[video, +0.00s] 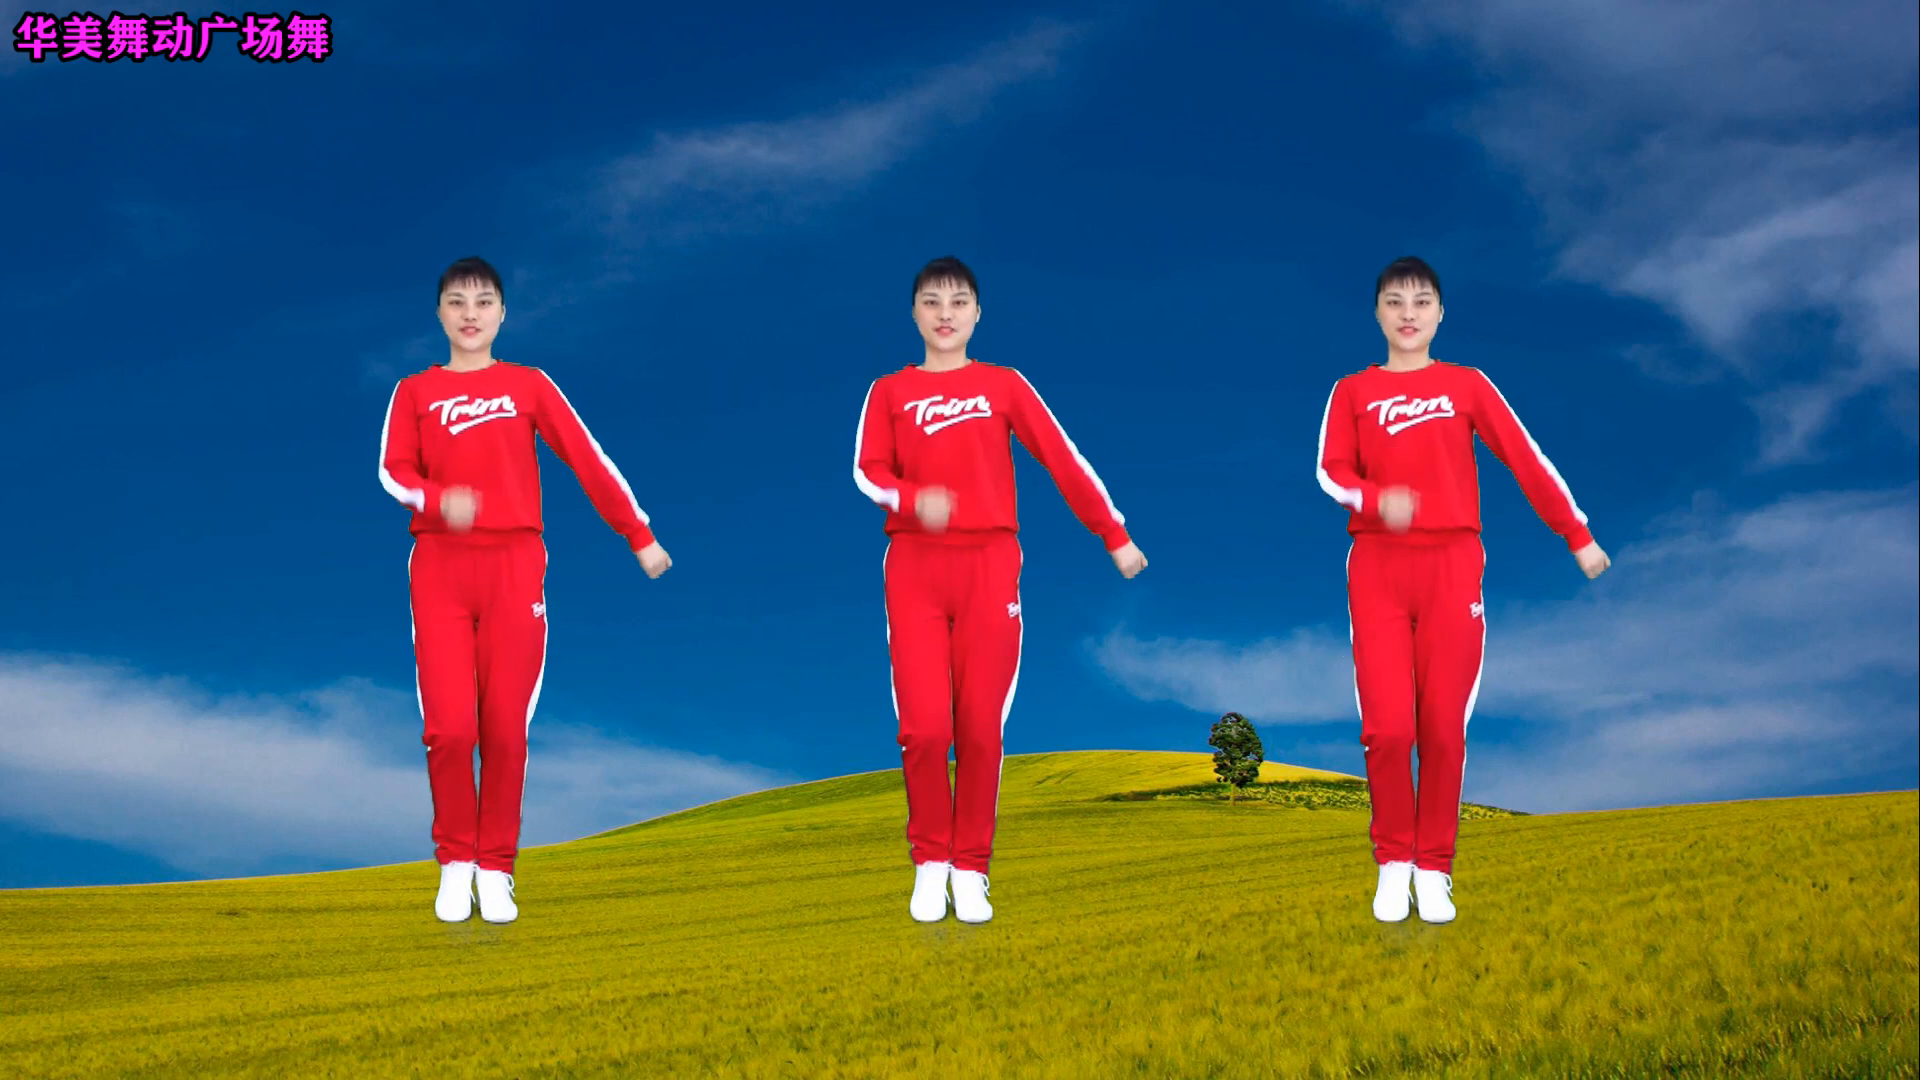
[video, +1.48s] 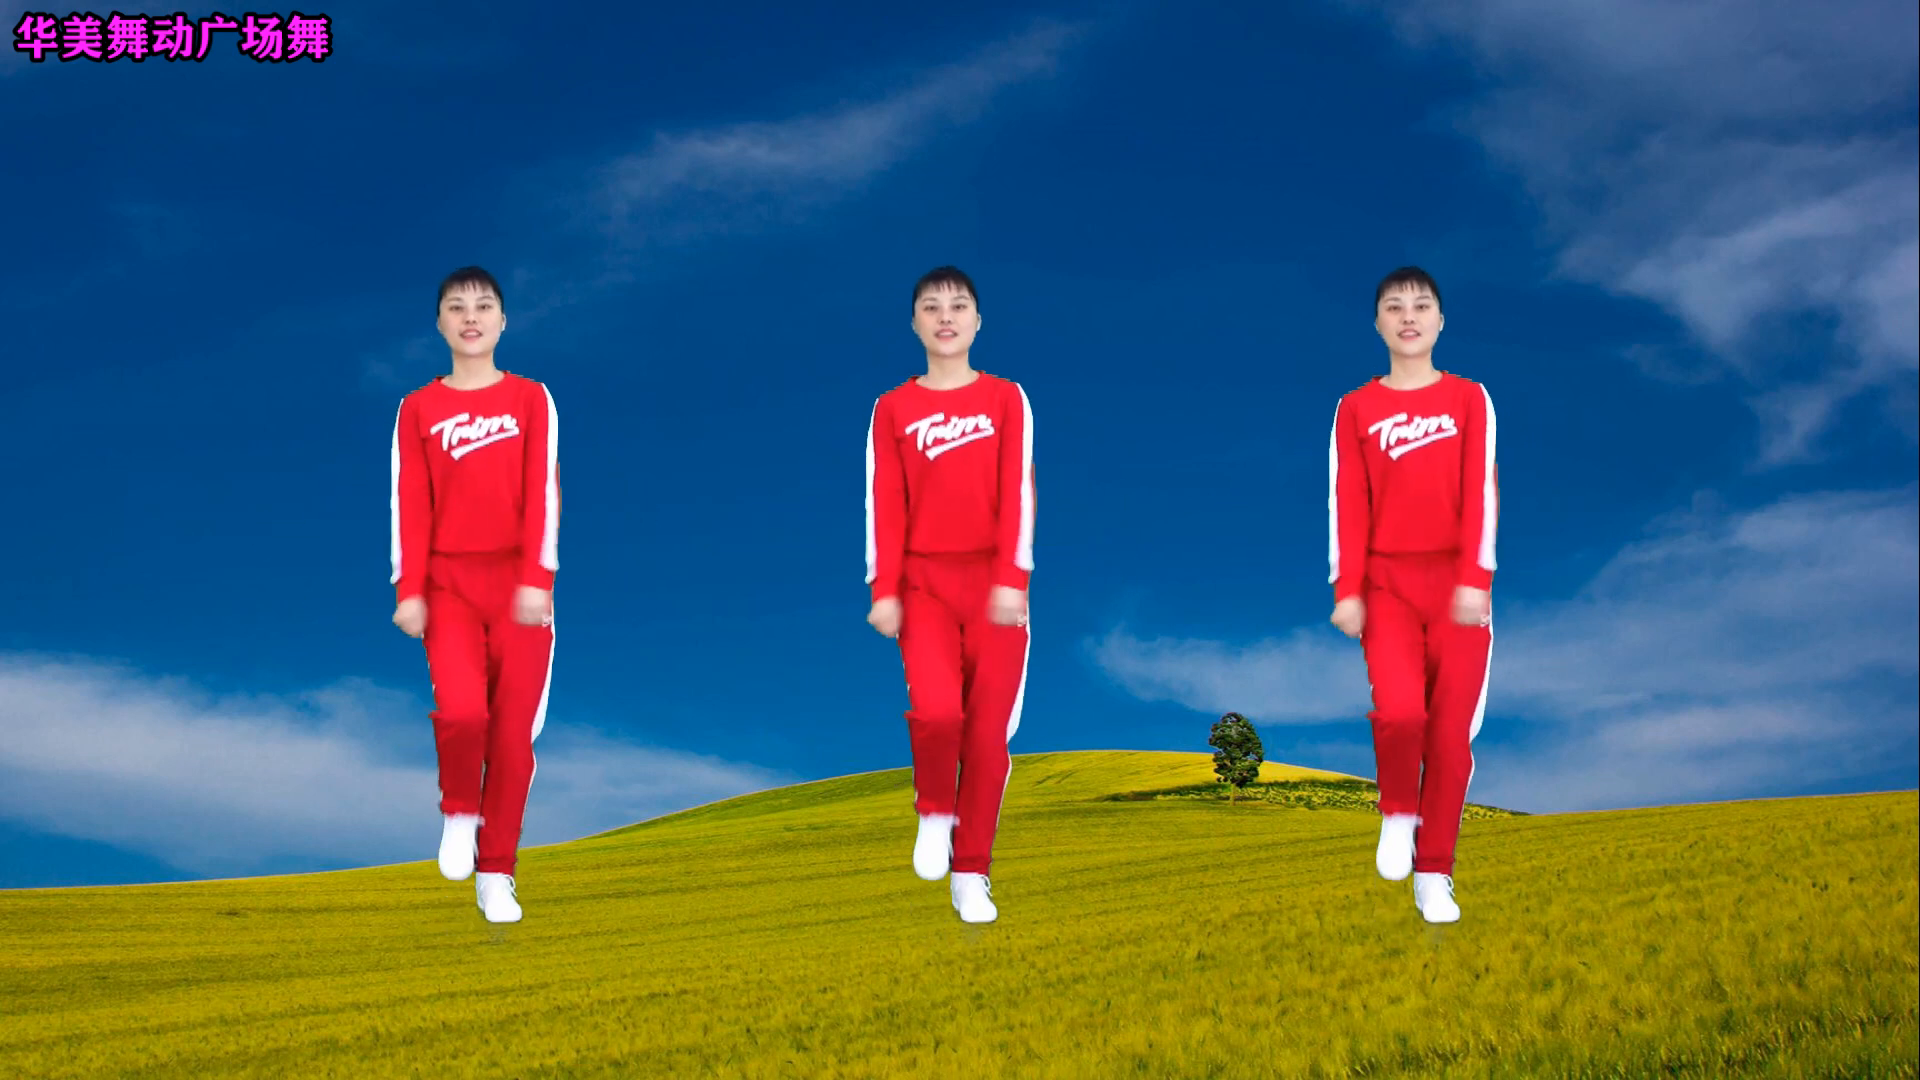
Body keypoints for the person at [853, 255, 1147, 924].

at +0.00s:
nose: (945, 313)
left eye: (958, 302)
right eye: (932, 302)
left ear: (976, 313)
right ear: (916, 313)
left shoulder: (1004, 385)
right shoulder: (888, 390)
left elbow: (1065, 460)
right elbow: (867, 472)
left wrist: (1116, 536)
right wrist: (911, 497)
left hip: (990, 569)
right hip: (914, 570)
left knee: (981, 724)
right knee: (923, 725)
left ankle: (971, 868)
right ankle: (930, 862)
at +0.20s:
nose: (948, 327)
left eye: (959, 316)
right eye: (934, 317)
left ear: (977, 325)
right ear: (919, 329)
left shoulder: (1009, 406)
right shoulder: (894, 410)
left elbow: (1029, 495)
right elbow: (874, 504)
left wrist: (1014, 568)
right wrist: (862, 592)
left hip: (998, 578)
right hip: (922, 579)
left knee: (997, 729)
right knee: (950, 703)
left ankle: (971, 869)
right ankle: (937, 805)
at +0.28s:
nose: (947, 313)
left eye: (958, 302)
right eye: (934, 304)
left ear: (977, 312)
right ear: (917, 318)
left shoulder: (1009, 390)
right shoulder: (893, 399)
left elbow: (1038, 474)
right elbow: (853, 485)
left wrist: (987, 498)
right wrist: (824, 569)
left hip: (999, 570)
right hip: (922, 570)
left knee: (991, 722)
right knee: (950, 697)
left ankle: (972, 867)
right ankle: (941, 806)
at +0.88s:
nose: (935, 326)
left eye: (948, 316)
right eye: (923, 316)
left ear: (966, 327)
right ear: (906, 329)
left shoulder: (994, 404)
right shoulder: (880, 411)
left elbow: (1010, 498)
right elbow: (864, 493)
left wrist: (1024, 589)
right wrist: (903, 538)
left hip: (968, 585)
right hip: (893, 588)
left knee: (939, 715)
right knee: (892, 735)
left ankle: (966, 808)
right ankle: (929, 866)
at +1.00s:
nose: (934, 308)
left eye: (946, 298)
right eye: (923, 298)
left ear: (965, 310)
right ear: (905, 311)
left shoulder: (996, 387)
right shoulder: (878, 393)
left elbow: (1044, 472)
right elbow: (838, 471)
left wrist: (1077, 558)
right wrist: (897, 443)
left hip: (972, 563)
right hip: (896, 565)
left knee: (943, 704)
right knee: (901, 722)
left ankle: (964, 808)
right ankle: (928, 863)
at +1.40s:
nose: (943, 306)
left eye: (954, 296)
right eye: (931, 297)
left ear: (973, 309)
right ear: (913, 311)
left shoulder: (1006, 385)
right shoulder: (890, 395)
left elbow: (1040, 476)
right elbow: (882, 480)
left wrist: (1066, 564)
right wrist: (911, 542)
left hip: (992, 566)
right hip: (916, 569)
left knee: (984, 724)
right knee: (926, 722)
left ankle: (973, 867)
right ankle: (931, 855)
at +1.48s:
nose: (946, 318)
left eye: (958, 308)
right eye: (933, 309)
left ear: (976, 320)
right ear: (916, 323)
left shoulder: (1007, 397)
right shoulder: (891, 408)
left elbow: (1019, 491)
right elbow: (883, 503)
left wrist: (1013, 578)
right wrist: (883, 589)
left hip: (995, 577)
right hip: (923, 579)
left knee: (989, 729)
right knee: (935, 714)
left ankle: (972, 868)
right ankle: (934, 811)